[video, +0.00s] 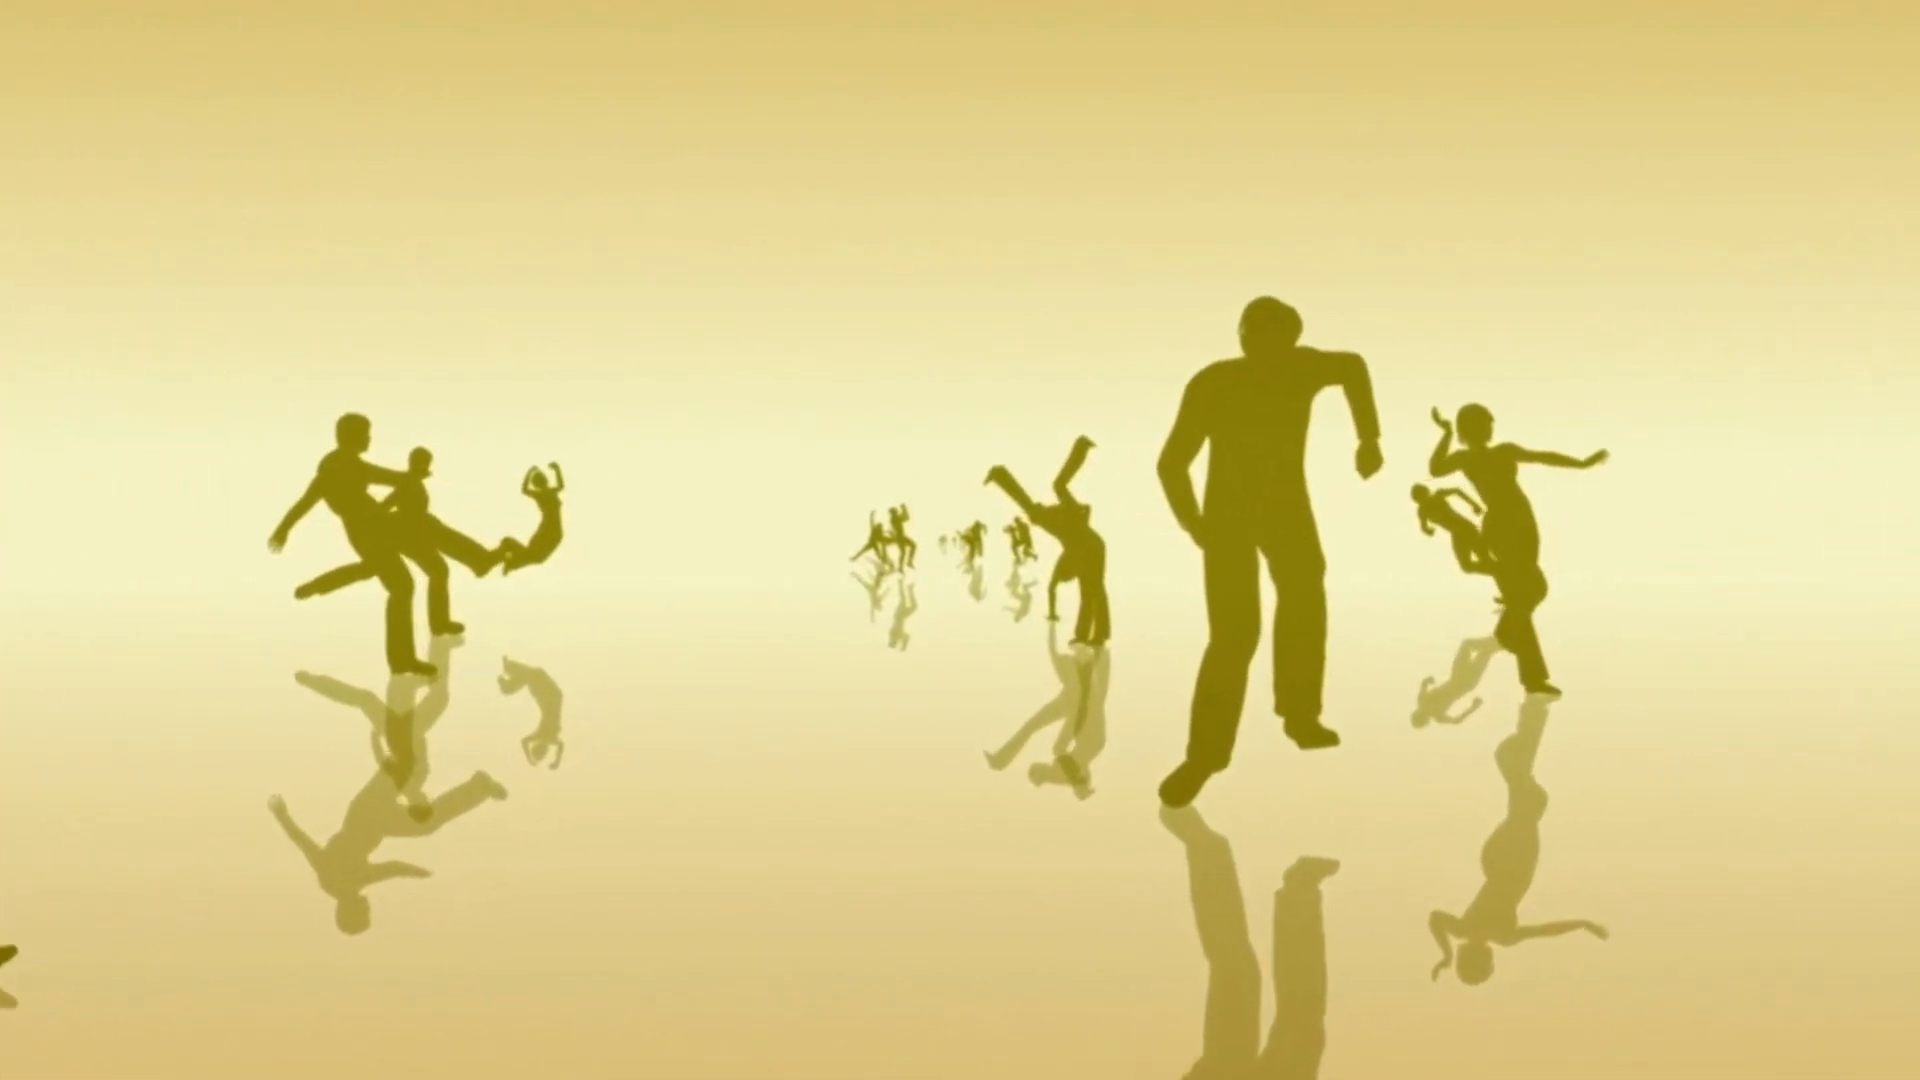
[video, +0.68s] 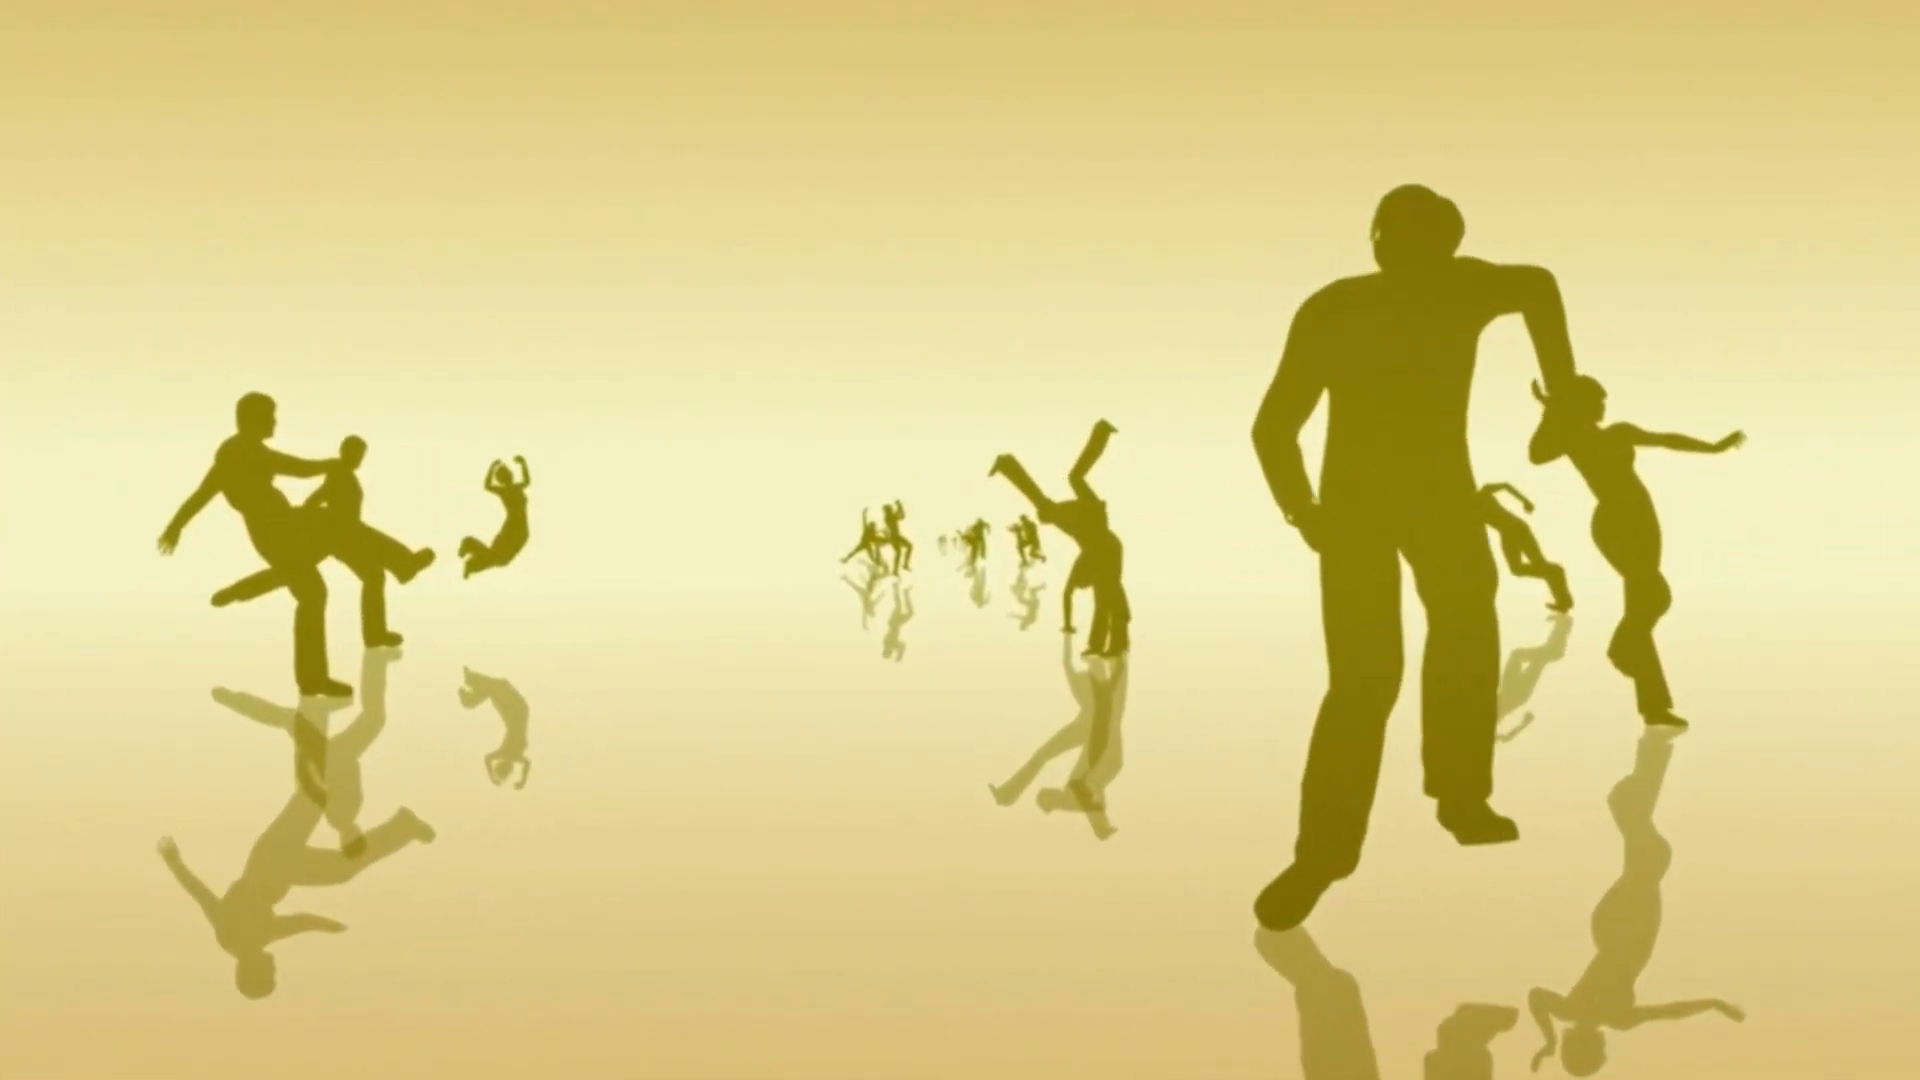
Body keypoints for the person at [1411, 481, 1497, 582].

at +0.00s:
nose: (1423, 499)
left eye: (1423, 495)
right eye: (1419, 498)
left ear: (1426, 491)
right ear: (1416, 500)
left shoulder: (1438, 495)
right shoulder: (1422, 511)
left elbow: (1457, 490)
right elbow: (1424, 527)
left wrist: (1474, 504)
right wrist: (1429, 530)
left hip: (1465, 525)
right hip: (1455, 532)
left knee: (1484, 557)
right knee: (1466, 565)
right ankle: (1497, 569)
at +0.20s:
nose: (1433, 498)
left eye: (1433, 494)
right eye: (1429, 496)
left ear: (1437, 491)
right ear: (1428, 498)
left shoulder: (1450, 494)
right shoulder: (1434, 509)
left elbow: (1469, 489)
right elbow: (1436, 526)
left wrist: (1486, 503)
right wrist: (1441, 530)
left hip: (1478, 526)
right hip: (1468, 532)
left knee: (1500, 560)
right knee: (1479, 566)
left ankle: (1522, 595)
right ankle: (1513, 569)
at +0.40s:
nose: (1445, 497)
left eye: (1446, 493)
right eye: (1442, 495)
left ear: (1450, 490)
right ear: (1441, 496)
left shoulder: (1464, 493)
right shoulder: (1447, 509)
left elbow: (1483, 488)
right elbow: (1448, 526)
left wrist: (1500, 502)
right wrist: (1454, 530)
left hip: (1492, 526)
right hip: (1482, 532)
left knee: (1514, 560)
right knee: (1493, 567)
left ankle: (1537, 597)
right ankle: (1527, 569)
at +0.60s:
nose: (1458, 496)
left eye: (1459, 492)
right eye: (1455, 494)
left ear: (1463, 488)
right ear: (1454, 495)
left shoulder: (1477, 491)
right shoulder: (1460, 508)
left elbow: (1497, 486)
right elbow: (1462, 526)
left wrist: (1515, 501)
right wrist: (1467, 530)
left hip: (1506, 525)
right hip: (1496, 532)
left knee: (1529, 561)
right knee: (1508, 568)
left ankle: (1553, 598)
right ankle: (1543, 570)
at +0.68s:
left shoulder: (1483, 493)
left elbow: (1505, 485)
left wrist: (1525, 501)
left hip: (1517, 526)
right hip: (1505, 532)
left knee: (1539, 562)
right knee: (1516, 568)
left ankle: (1563, 600)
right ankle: (1552, 572)